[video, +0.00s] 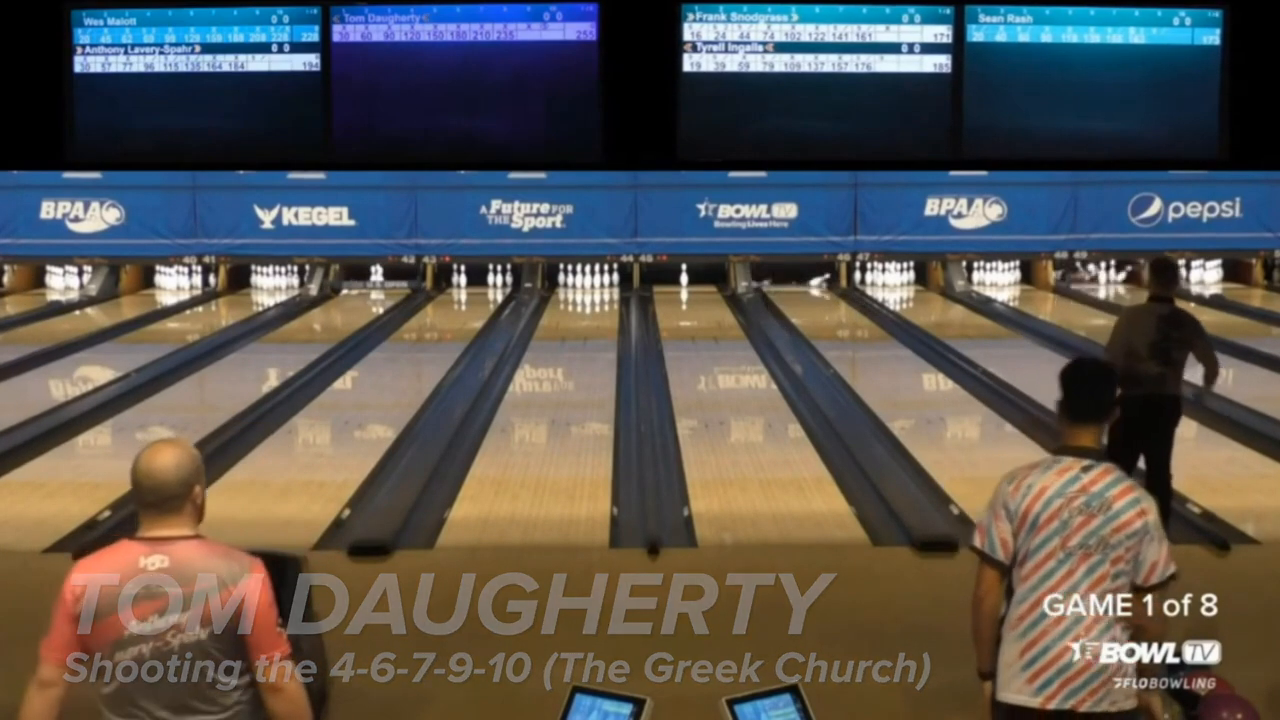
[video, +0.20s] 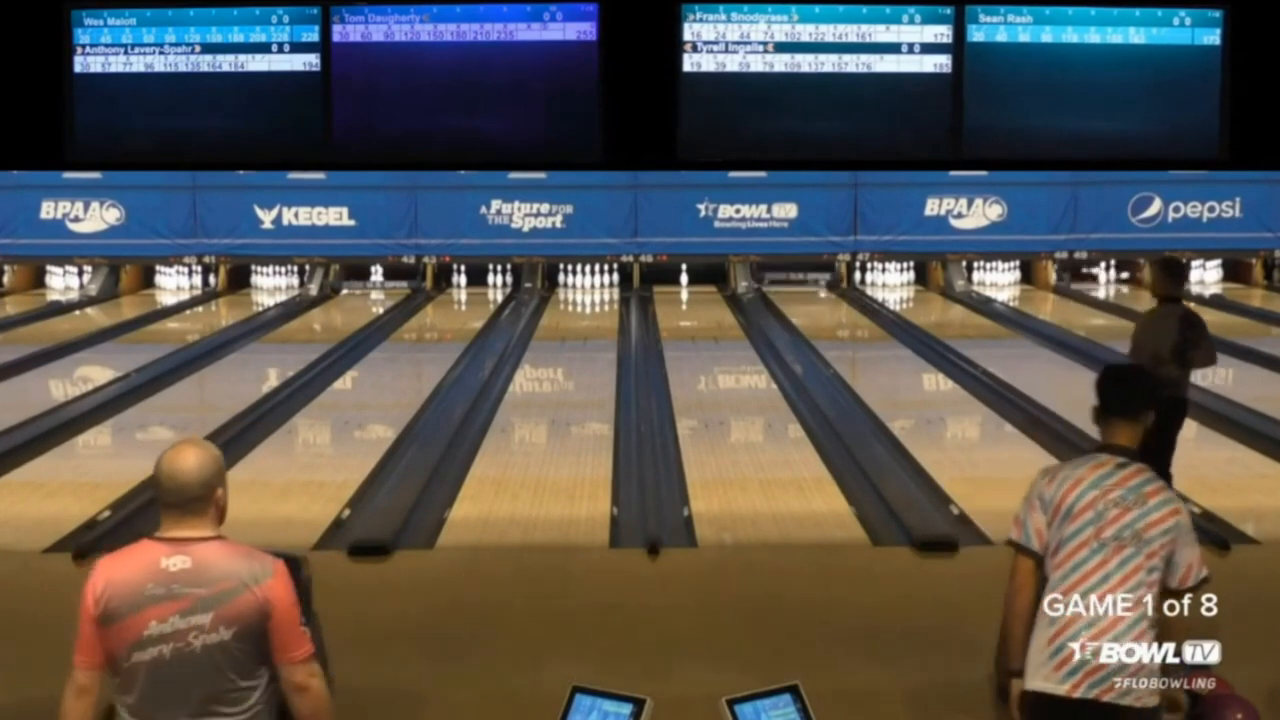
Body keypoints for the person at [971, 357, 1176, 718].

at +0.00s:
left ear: (1060, 409)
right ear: (1114, 415)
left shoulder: (1018, 486)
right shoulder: (1137, 503)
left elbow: (987, 593)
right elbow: (1148, 610)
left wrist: (987, 673)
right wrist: (1147, 682)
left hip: (1024, 688)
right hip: (1104, 693)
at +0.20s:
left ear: (1096, 416)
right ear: (1150, 419)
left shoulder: (1055, 482)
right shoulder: (1167, 503)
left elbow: (1024, 582)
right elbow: (1177, 601)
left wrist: (1014, 670)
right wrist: (1173, 678)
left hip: (1053, 686)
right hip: (1129, 693)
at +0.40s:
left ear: (1124, 432)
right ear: (1180, 437)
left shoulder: (1083, 483)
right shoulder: (1191, 512)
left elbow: (1047, 583)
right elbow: (1212, 601)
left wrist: (1035, 668)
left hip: (1075, 685)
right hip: (1151, 696)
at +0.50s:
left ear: (1135, 451)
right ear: (1188, 461)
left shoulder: (1097, 490)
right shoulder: (1199, 523)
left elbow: (1060, 590)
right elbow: (1214, 620)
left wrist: (1048, 667)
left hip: (1090, 683)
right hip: (1164, 696)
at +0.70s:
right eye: (1195, 464)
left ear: (1140, 456)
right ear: (1192, 467)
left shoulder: (1103, 494)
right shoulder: (1198, 525)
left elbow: (1065, 591)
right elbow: (1207, 620)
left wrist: (1053, 666)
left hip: (1094, 686)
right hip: (1168, 698)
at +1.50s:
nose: (1185, 491)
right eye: (1185, 486)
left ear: (1134, 475)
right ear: (1181, 485)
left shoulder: (1107, 499)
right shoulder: (1192, 522)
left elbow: (1074, 582)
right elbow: (1207, 603)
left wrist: (1063, 658)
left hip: (1107, 679)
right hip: (1178, 691)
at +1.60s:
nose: (1181, 491)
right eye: (1180, 486)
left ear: (1132, 475)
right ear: (1179, 485)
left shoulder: (1106, 500)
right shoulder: (1192, 521)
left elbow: (1074, 585)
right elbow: (1208, 604)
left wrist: (1064, 658)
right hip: (1180, 688)